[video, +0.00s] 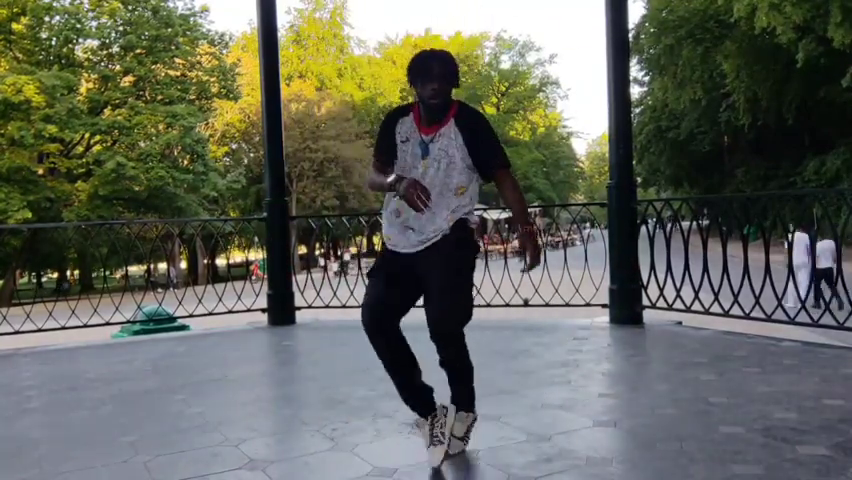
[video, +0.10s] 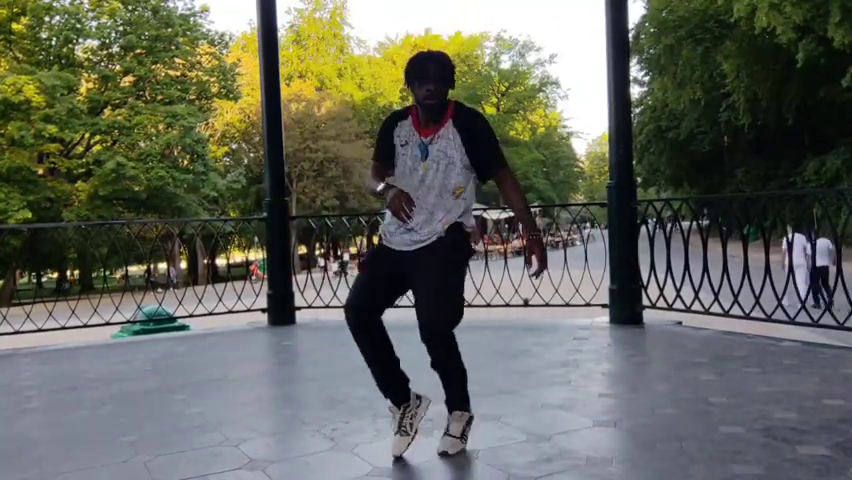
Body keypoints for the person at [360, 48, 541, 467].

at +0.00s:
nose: (435, 89)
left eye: (443, 81)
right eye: (426, 81)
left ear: (454, 84)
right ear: (412, 85)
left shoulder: (470, 122)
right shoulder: (395, 123)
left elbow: (503, 176)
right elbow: (374, 177)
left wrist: (526, 226)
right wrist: (399, 183)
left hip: (450, 242)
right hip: (402, 245)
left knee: (445, 330)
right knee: (376, 319)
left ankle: (463, 410)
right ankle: (429, 414)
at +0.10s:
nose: (430, 89)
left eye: (439, 81)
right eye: (422, 81)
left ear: (451, 84)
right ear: (408, 86)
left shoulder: (470, 124)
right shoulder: (393, 126)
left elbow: (503, 177)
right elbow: (375, 179)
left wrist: (531, 231)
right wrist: (388, 191)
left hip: (444, 242)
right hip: (397, 243)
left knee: (434, 329)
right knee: (359, 312)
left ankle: (459, 411)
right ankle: (404, 402)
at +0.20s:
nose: (427, 86)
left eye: (435, 78)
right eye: (419, 78)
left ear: (447, 82)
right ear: (406, 82)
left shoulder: (468, 122)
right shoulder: (391, 125)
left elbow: (504, 175)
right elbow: (373, 174)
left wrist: (530, 229)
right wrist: (376, 186)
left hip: (441, 239)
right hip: (394, 238)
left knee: (428, 329)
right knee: (362, 315)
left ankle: (446, 414)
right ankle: (403, 385)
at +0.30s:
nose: (420, 85)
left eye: (428, 77)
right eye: (412, 77)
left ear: (441, 82)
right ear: (401, 83)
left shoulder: (462, 123)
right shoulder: (384, 126)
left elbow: (498, 176)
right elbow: (363, 174)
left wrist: (524, 231)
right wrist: (370, 181)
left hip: (439, 238)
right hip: (393, 238)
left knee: (423, 323)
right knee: (394, 326)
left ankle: (421, 412)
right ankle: (420, 403)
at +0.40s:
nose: (414, 91)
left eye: (422, 84)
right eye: (407, 84)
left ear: (434, 89)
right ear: (394, 90)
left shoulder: (454, 132)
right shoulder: (377, 132)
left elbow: (484, 185)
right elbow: (353, 184)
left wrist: (508, 235)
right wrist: (373, 184)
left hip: (439, 241)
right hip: (393, 242)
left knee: (431, 323)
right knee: (406, 324)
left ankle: (411, 413)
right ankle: (427, 396)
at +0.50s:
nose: (414, 86)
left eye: (421, 80)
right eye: (406, 79)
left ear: (433, 85)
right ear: (393, 85)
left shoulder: (453, 127)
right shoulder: (375, 127)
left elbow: (485, 175)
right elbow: (355, 182)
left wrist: (489, 211)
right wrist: (395, 160)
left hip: (438, 241)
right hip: (390, 245)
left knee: (430, 326)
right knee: (407, 332)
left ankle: (431, 413)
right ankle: (424, 402)